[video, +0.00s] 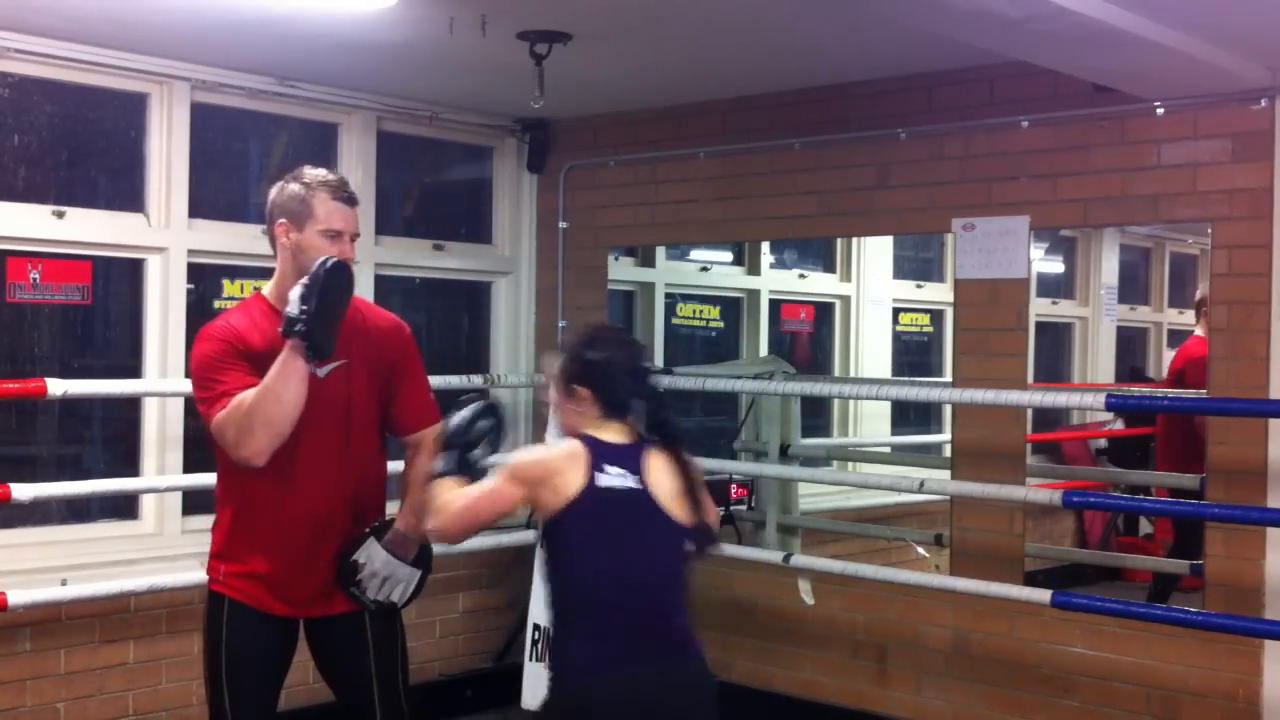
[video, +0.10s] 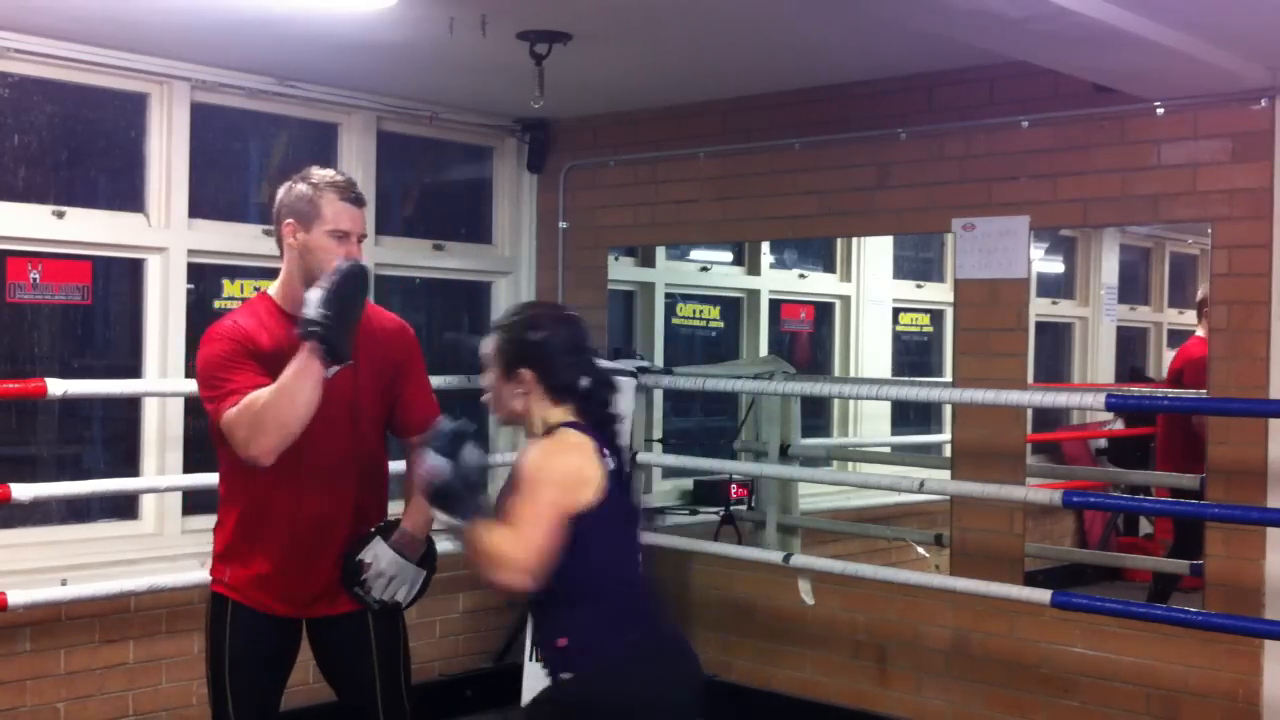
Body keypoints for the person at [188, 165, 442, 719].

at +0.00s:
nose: (347, 253)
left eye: (353, 238)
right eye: (332, 235)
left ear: (358, 241)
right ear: (284, 234)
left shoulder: (384, 334)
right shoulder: (225, 338)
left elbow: (426, 440)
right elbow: (249, 443)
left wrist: (408, 533)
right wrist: (303, 335)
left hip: (355, 581)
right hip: (252, 581)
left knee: (383, 709)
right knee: (238, 712)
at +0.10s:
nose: (354, 255)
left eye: (360, 240)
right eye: (339, 237)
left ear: (365, 241)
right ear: (292, 234)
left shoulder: (388, 336)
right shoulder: (232, 338)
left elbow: (427, 446)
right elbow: (256, 441)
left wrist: (413, 534)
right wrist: (321, 343)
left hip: (357, 582)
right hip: (255, 584)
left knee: (385, 709)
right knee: (241, 712)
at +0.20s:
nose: (355, 256)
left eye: (361, 242)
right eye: (341, 240)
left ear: (366, 242)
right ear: (293, 235)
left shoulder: (382, 329)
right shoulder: (228, 336)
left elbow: (428, 440)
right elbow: (245, 426)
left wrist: (414, 529)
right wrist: (299, 319)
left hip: (358, 582)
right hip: (256, 584)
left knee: (387, 709)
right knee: (241, 713)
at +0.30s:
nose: (349, 253)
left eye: (355, 238)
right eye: (335, 236)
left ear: (361, 239)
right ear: (286, 233)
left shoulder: (385, 329)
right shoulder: (224, 329)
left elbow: (423, 441)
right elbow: (199, 431)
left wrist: (412, 525)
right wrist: (267, 329)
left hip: (359, 582)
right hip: (254, 585)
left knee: (385, 710)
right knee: (240, 712)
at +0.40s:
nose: (345, 250)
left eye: (351, 235)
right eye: (331, 232)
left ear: (354, 238)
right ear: (281, 230)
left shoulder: (379, 331)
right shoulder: (213, 333)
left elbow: (412, 442)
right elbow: (192, 449)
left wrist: (416, 527)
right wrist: (254, 337)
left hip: (356, 585)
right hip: (249, 587)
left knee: (379, 710)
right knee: (235, 712)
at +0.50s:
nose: (341, 252)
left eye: (346, 238)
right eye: (325, 234)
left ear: (350, 241)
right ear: (278, 230)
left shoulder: (373, 332)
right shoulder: (213, 337)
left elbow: (401, 434)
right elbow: (214, 460)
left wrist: (414, 538)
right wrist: (282, 364)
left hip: (349, 583)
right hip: (245, 586)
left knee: (375, 710)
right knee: (233, 713)